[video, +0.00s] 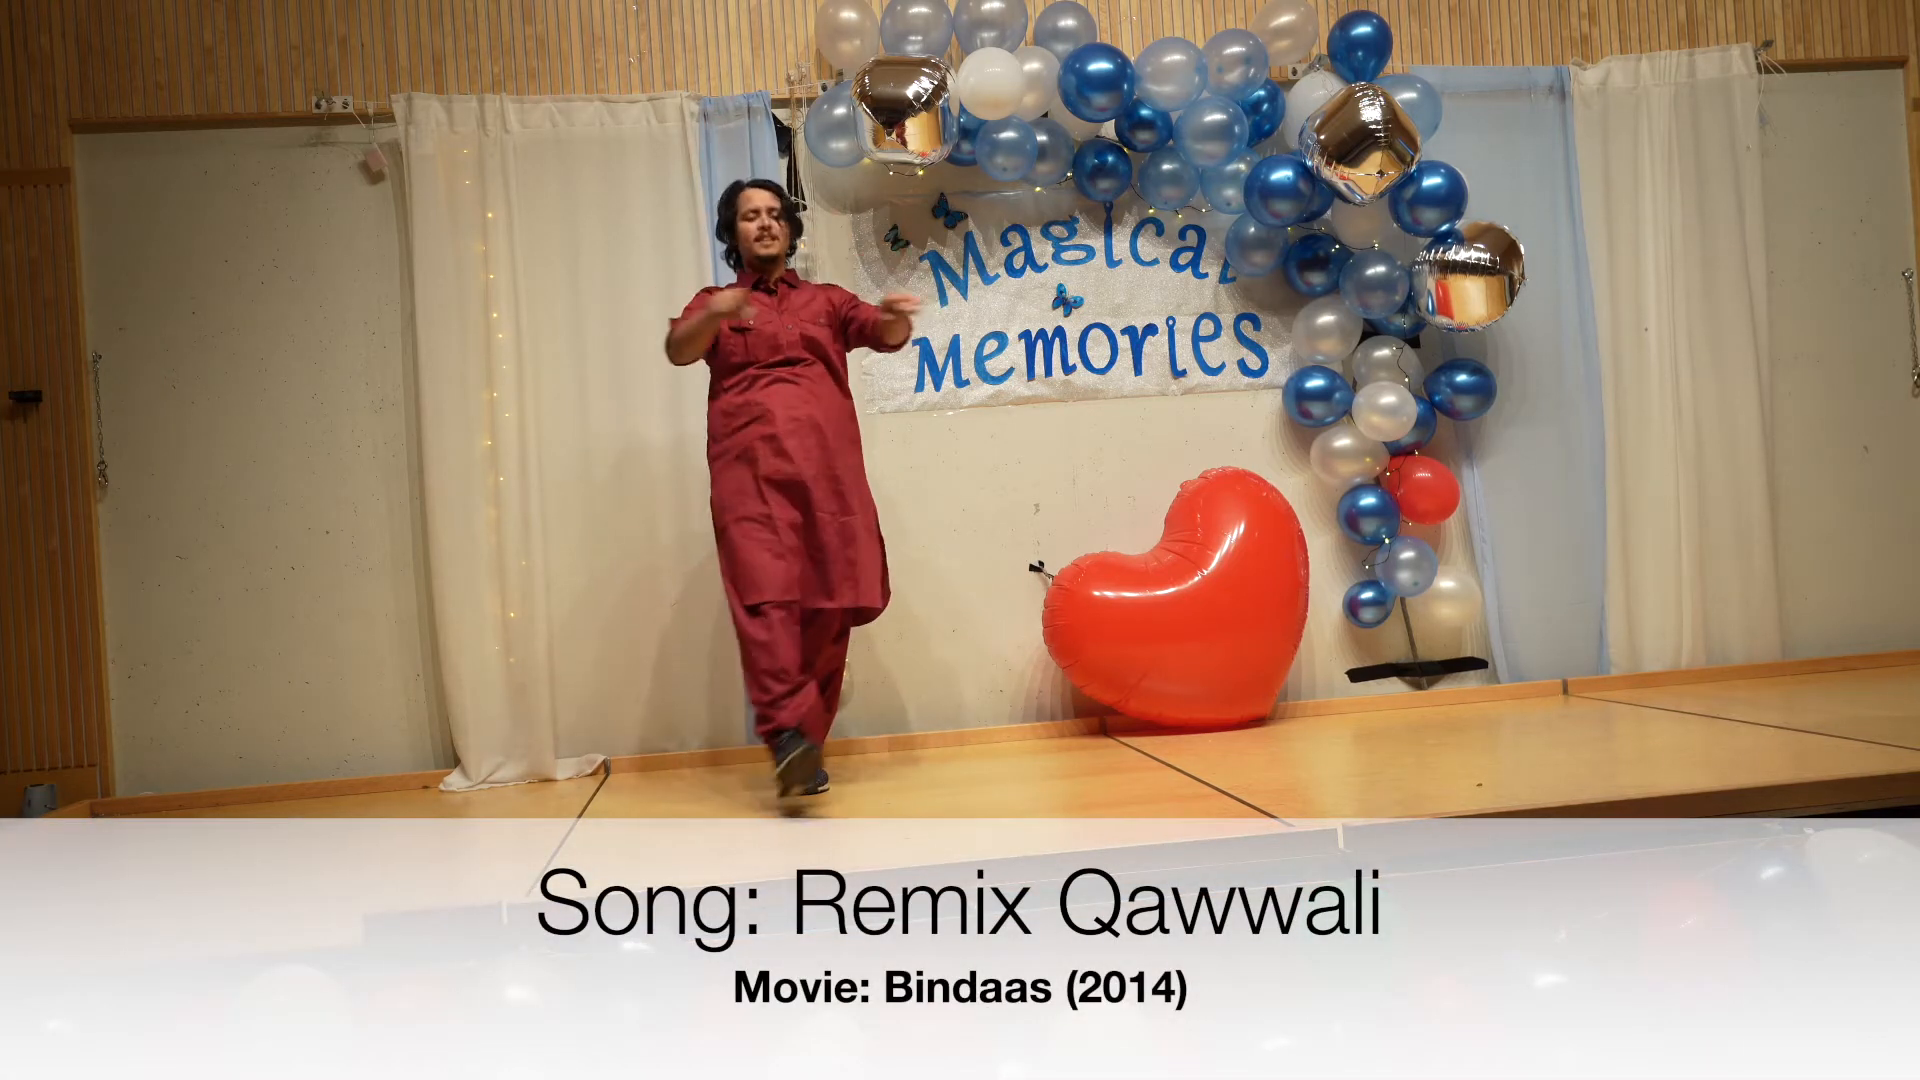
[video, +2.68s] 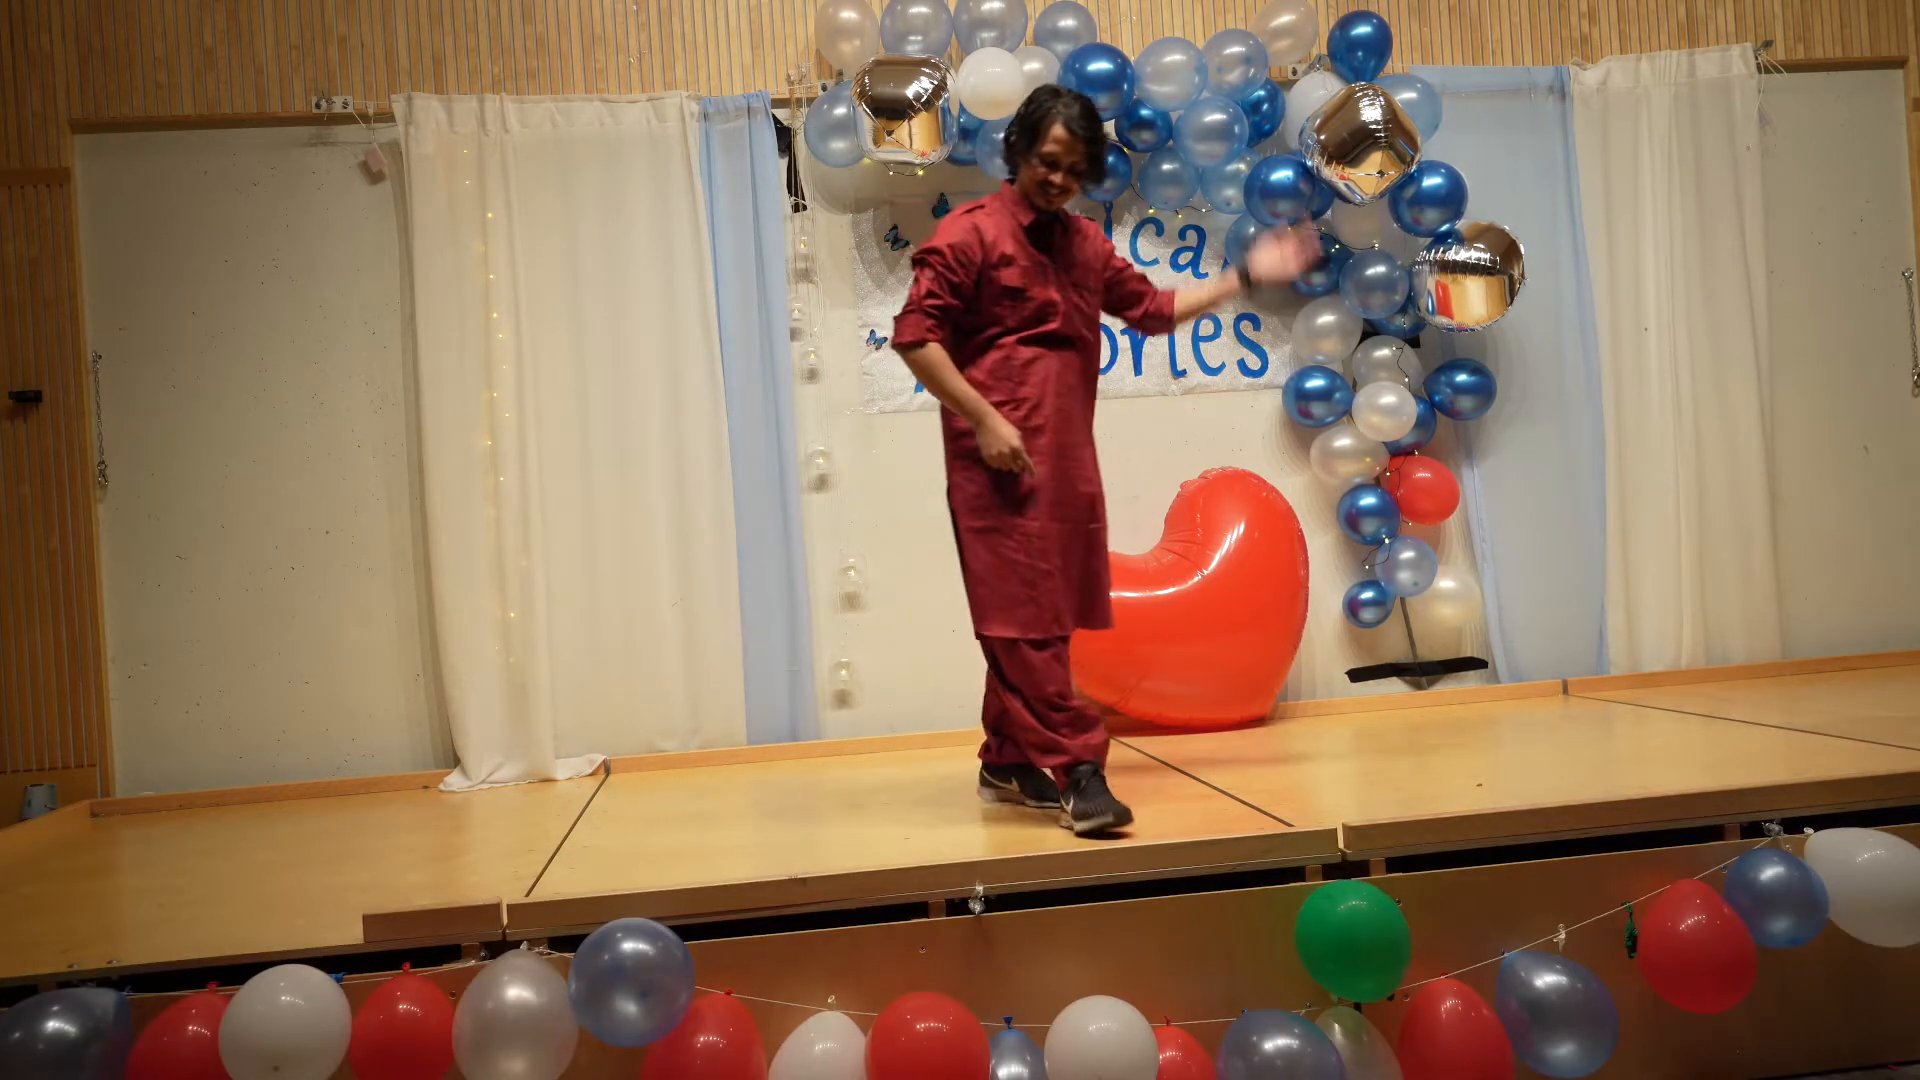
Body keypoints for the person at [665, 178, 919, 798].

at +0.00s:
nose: (764, 224)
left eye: (773, 215)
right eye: (752, 217)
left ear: (791, 229)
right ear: (732, 235)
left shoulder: (826, 299)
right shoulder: (714, 303)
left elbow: (888, 335)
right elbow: (678, 353)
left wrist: (895, 318)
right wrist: (714, 313)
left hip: (827, 471)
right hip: (750, 476)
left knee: (827, 606)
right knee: (767, 602)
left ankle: (808, 742)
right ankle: (791, 742)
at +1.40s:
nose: (827, 185)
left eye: (841, 176)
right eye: (815, 172)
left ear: (858, 185)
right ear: (792, 175)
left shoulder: (876, 252)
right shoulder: (752, 253)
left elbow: (931, 268)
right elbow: (702, 340)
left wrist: (917, 182)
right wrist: (767, 370)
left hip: (873, 456)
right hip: (785, 465)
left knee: (903, 604)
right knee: (796, 618)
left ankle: (920, 753)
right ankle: (820, 766)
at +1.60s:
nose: (852, 197)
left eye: (868, 187)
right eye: (841, 181)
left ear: (887, 191)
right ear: (818, 178)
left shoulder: (906, 255)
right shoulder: (777, 255)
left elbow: (983, 286)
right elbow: (720, 343)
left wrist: (1014, 228)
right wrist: (783, 392)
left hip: (900, 463)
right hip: (810, 470)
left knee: (948, 605)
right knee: (809, 622)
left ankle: (996, 750)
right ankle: (822, 768)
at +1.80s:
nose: (907, 202)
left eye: (921, 192)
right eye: (896, 188)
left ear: (940, 193)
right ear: (874, 183)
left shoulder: (957, 258)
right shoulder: (829, 255)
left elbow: (1025, 329)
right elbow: (769, 346)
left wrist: (1084, 323)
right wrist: (825, 410)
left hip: (942, 464)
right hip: (852, 466)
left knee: (973, 611)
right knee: (834, 618)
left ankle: (1005, 760)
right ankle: (825, 768)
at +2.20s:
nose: (1004, 189)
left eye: (1019, 178)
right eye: (992, 174)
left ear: (1034, 177)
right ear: (965, 166)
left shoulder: (1039, 243)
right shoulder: (919, 237)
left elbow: (1100, 301)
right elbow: (874, 334)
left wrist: (1095, 225)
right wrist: (951, 393)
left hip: (1023, 453)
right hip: (938, 452)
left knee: (1018, 601)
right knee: (928, 601)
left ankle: (1010, 760)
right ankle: (905, 747)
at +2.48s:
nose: (1040, 185)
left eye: (1055, 175)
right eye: (1029, 168)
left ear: (1069, 176)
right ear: (999, 159)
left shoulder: (1071, 241)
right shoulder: (949, 235)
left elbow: (1164, 266)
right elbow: (894, 330)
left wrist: (1184, 176)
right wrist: (967, 402)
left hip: (1050, 450)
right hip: (973, 451)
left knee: (1039, 595)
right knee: (997, 599)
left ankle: (1006, 760)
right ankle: (1044, 761)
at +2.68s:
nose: (1059, 179)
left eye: (1073, 168)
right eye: (1047, 162)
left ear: (1088, 170)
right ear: (1017, 155)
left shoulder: (1082, 240)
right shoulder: (969, 234)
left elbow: (1155, 308)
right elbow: (914, 335)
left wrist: (1243, 274)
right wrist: (983, 417)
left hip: (1064, 453)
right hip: (997, 453)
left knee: (1044, 600)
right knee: (1026, 604)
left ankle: (1009, 756)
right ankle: (1080, 768)